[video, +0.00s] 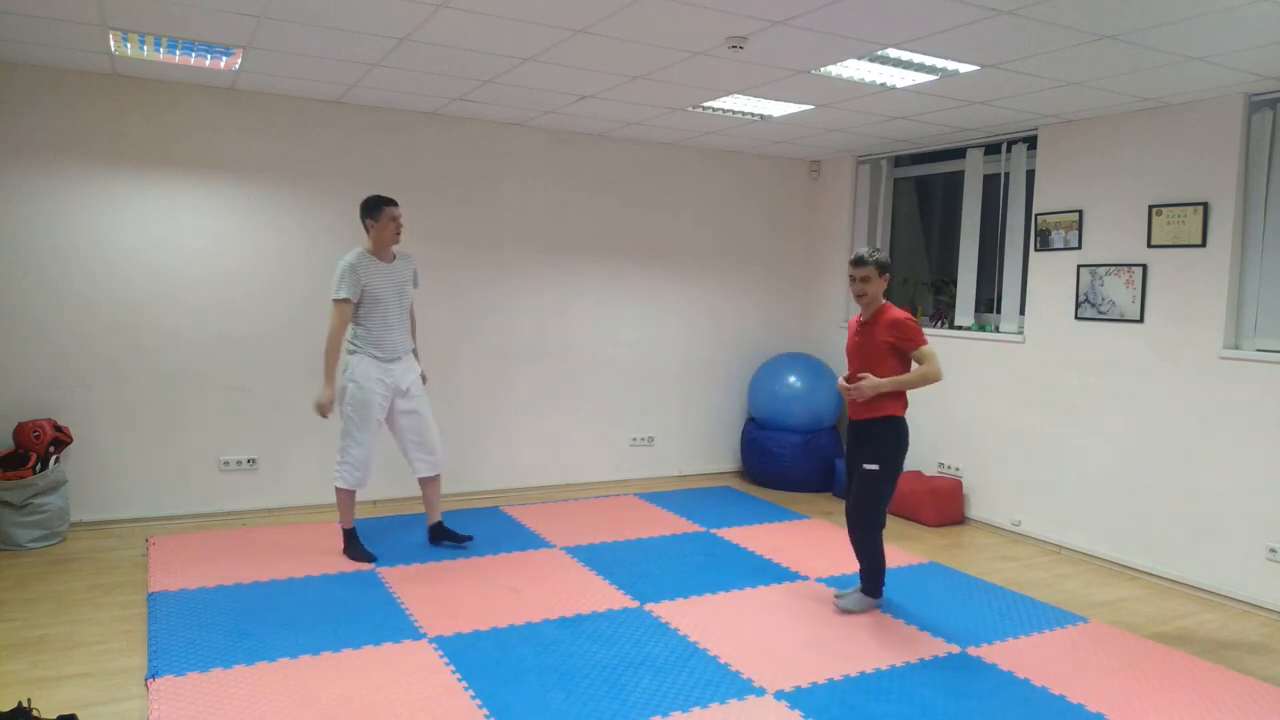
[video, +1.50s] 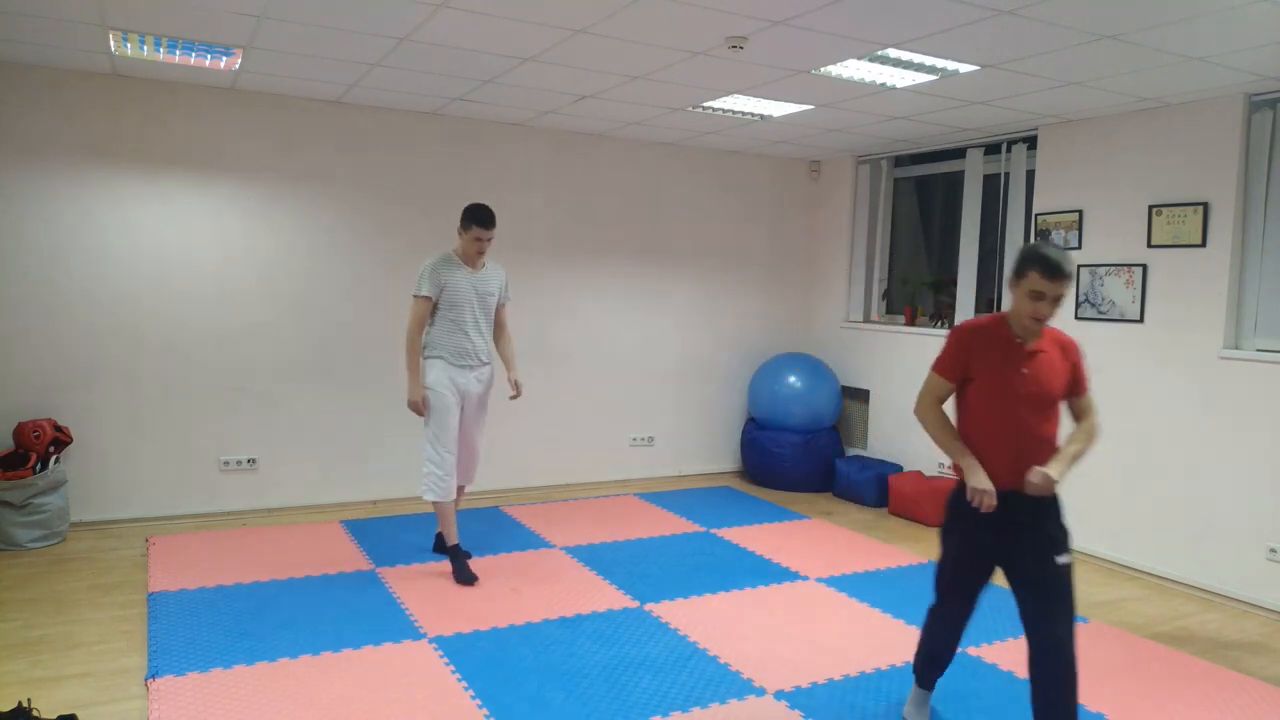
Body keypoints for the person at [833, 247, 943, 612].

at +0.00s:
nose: (858, 287)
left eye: (866, 280)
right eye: (853, 280)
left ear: (884, 280)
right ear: (848, 281)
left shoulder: (898, 322)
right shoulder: (855, 323)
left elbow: (933, 371)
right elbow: (859, 368)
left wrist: (880, 384)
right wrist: (844, 381)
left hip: (886, 429)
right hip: (859, 427)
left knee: (866, 517)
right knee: (856, 514)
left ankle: (872, 592)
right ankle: (869, 584)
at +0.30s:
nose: (884, 295)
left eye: (893, 288)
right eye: (879, 286)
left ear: (908, 289)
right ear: (870, 285)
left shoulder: (922, 332)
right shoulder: (858, 327)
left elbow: (955, 381)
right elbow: (842, 367)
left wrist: (909, 398)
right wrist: (846, 386)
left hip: (903, 440)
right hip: (863, 437)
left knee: (907, 532)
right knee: (865, 519)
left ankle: (917, 623)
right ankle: (869, 581)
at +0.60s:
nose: (931, 294)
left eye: (940, 286)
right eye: (924, 284)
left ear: (950, 286)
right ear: (909, 279)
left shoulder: (962, 330)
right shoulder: (886, 325)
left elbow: (986, 387)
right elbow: (860, 370)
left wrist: (949, 421)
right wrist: (865, 413)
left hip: (937, 451)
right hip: (890, 447)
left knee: (934, 543)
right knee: (869, 528)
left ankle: (921, 630)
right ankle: (873, 583)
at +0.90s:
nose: (951, 298)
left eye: (959, 288)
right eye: (942, 288)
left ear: (970, 287)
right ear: (926, 283)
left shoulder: (987, 334)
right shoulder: (903, 331)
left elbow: (1013, 395)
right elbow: (870, 383)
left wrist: (979, 436)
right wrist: (889, 429)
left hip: (958, 469)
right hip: (908, 464)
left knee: (942, 568)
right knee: (910, 566)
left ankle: (921, 632)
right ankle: (911, 672)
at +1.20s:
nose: (979, 297)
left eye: (987, 287)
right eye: (970, 286)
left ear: (996, 285)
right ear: (948, 280)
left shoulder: (1007, 332)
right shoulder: (916, 333)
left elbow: (1024, 399)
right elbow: (885, 399)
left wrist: (1008, 450)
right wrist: (927, 448)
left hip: (990, 486)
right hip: (932, 483)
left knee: (1003, 592)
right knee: (926, 595)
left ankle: (962, 658)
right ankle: (920, 690)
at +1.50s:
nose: (1044, 309)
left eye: (1055, 300)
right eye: (1036, 296)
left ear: (1063, 299)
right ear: (1011, 288)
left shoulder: (1065, 350)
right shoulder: (971, 337)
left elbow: (1088, 425)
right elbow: (926, 406)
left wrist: (1055, 468)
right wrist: (970, 465)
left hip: (1036, 511)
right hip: (975, 506)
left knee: (1054, 638)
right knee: (950, 611)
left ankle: (1058, 717)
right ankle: (921, 693)